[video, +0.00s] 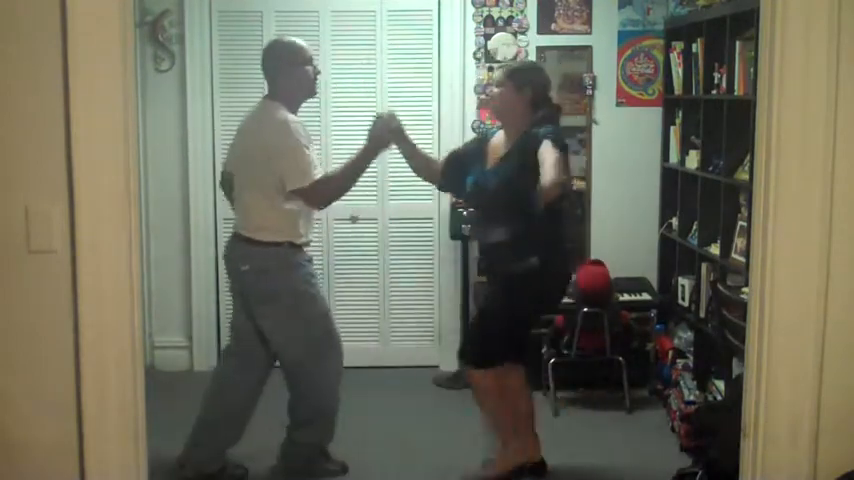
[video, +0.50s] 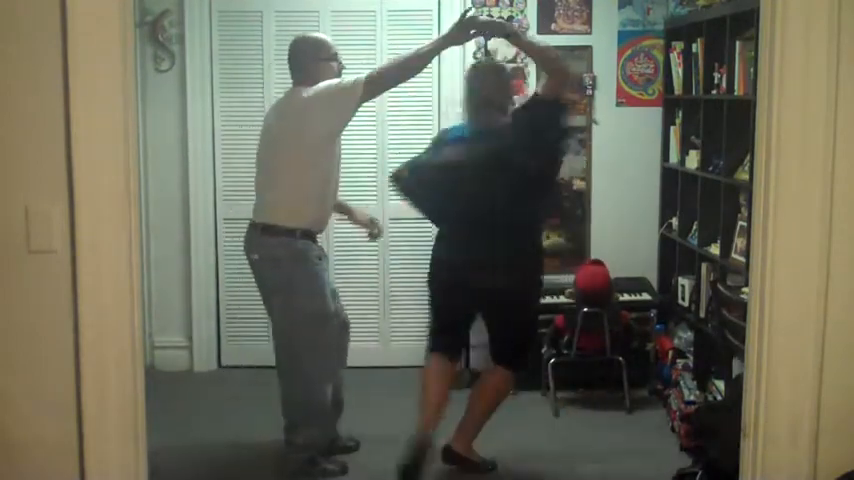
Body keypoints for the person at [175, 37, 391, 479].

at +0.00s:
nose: (317, 72)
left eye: (314, 64)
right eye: (308, 65)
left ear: (278, 75)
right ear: (283, 73)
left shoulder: (256, 119)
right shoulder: (283, 126)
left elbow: (228, 182)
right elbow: (318, 196)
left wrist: (262, 225)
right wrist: (373, 149)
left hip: (248, 254)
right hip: (276, 260)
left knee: (249, 356)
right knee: (319, 355)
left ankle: (202, 457)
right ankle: (305, 455)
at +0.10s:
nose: (320, 73)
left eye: (317, 65)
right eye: (311, 66)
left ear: (281, 77)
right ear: (286, 75)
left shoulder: (260, 121)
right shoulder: (288, 127)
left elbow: (235, 183)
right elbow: (341, 183)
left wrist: (275, 217)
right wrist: (376, 125)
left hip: (256, 255)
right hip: (284, 262)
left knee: (261, 357)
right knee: (319, 360)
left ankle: (204, 456)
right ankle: (305, 457)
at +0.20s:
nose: (324, 70)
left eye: (322, 63)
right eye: (316, 64)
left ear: (284, 74)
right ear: (295, 72)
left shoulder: (267, 120)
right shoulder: (296, 123)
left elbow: (274, 188)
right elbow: (370, 149)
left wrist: (318, 225)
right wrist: (390, 105)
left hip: (266, 254)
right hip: (288, 258)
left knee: (283, 352)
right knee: (320, 354)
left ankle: (221, 436)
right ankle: (304, 456)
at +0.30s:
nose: (330, 70)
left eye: (327, 63)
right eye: (322, 64)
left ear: (290, 72)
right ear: (299, 70)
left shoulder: (275, 116)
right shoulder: (310, 112)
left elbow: (288, 186)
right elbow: (381, 114)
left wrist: (343, 214)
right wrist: (420, 78)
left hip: (267, 248)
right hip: (288, 252)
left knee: (305, 339)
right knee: (320, 344)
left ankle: (249, 410)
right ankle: (306, 452)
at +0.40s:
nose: (335, 65)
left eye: (332, 58)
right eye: (326, 59)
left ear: (295, 71)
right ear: (304, 67)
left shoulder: (277, 114)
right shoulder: (316, 103)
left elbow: (297, 178)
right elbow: (384, 88)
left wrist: (353, 209)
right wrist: (439, 53)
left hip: (277, 242)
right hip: (283, 247)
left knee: (334, 321)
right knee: (312, 337)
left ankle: (282, 410)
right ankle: (309, 451)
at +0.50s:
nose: (339, 68)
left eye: (337, 62)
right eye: (333, 62)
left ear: (299, 69)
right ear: (315, 66)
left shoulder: (284, 110)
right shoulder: (319, 101)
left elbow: (299, 177)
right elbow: (389, 76)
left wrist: (350, 211)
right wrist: (448, 40)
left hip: (280, 242)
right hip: (285, 245)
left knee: (323, 329)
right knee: (315, 336)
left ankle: (315, 432)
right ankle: (307, 450)